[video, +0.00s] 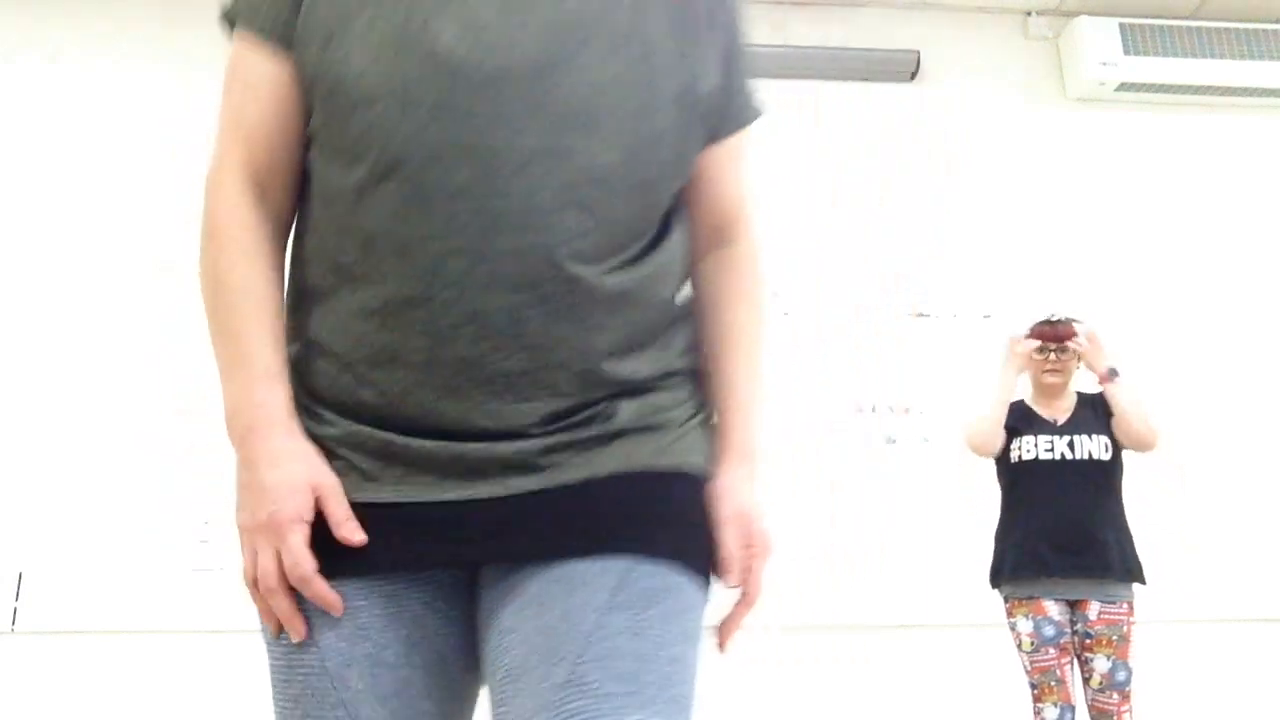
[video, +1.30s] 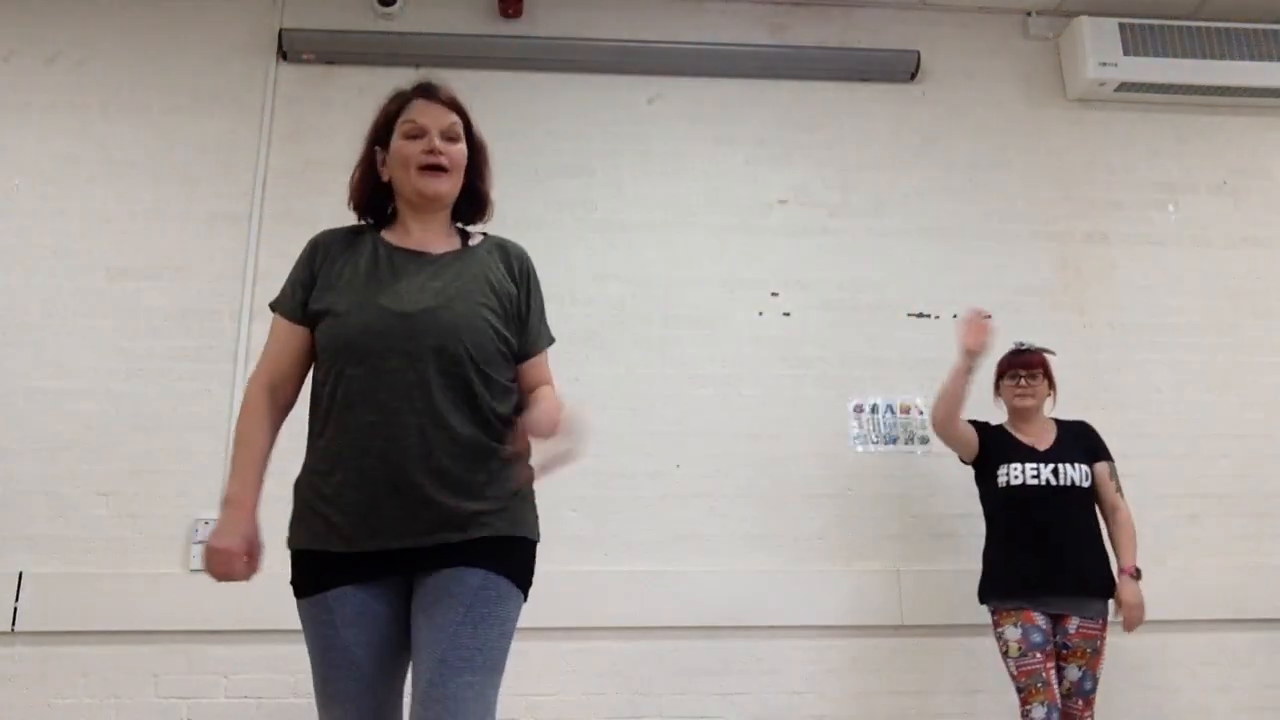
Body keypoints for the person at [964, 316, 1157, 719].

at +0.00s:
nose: (1053, 360)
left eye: (1063, 351)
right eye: (1043, 351)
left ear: (1078, 359)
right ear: (1028, 359)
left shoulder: (1103, 409)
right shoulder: (1010, 415)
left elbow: (1146, 439)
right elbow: (982, 443)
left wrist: (1104, 370)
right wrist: (1010, 369)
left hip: (1105, 578)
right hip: (1031, 580)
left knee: (1112, 705)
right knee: (1054, 706)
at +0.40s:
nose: (1029, 363)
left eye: (1039, 355)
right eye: (1018, 355)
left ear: (1053, 364)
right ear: (1000, 366)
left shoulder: (1080, 416)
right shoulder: (986, 421)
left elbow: (1134, 467)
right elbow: (946, 473)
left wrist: (1097, 403)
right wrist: (975, 404)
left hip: (1083, 581)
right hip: (1009, 585)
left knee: (1090, 705)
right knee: (1037, 707)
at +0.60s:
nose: (1022, 360)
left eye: (1032, 353)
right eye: (1011, 354)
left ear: (1047, 366)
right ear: (995, 366)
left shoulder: (1077, 416)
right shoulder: (972, 425)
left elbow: (1119, 497)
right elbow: (928, 500)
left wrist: (1107, 447)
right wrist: (964, 464)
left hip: (1077, 582)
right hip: (1005, 587)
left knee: (1083, 705)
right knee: (1032, 707)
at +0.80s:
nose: (1019, 363)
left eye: (1029, 357)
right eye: (1008, 357)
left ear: (1045, 370)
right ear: (992, 371)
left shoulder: (1076, 418)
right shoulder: (971, 428)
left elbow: (1123, 495)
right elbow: (906, 480)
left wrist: (1097, 445)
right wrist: (943, 512)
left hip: (1077, 585)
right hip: (1003, 588)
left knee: (1084, 707)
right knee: (1031, 708)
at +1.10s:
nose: (1022, 375)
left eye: (1032, 368)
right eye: (1012, 368)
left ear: (1048, 380)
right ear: (997, 381)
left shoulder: (1080, 428)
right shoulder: (978, 437)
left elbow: (1120, 497)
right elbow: (934, 484)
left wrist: (1101, 509)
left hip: (1077, 592)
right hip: (1009, 593)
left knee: (1079, 708)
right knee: (1035, 707)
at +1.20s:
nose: (1024, 375)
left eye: (1031, 367)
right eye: (1012, 368)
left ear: (1046, 384)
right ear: (997, 387)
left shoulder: (1078, 432)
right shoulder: (985, 443)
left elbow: (1117, 499)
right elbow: (948, 446)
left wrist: (1115, 552)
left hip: (1079, 594)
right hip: (1011, 597)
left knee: (1078, 709)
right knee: (1037, 708)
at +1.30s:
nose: (1023, 382)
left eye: (1032, 376)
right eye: (1013, 377)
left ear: (1049, 387)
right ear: (999, 389)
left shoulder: (1081, 437)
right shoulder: (987, 442)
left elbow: (1116, 510)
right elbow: (944, 422)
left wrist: (1128, 576)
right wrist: (967, 360)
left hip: (1083, 595)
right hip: (1016, 597)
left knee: (1079, 711)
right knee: (1041, 708)